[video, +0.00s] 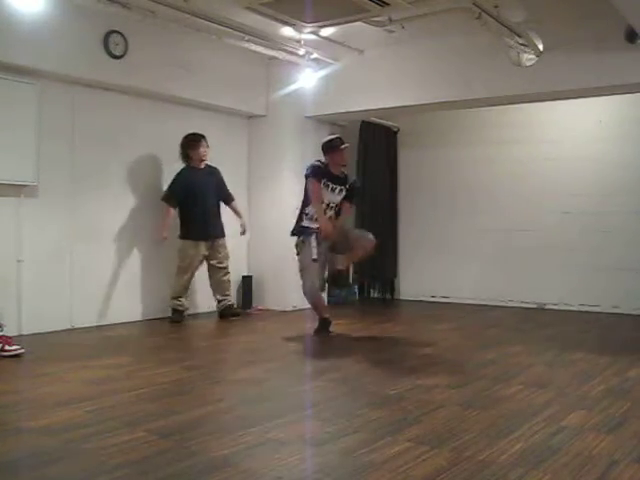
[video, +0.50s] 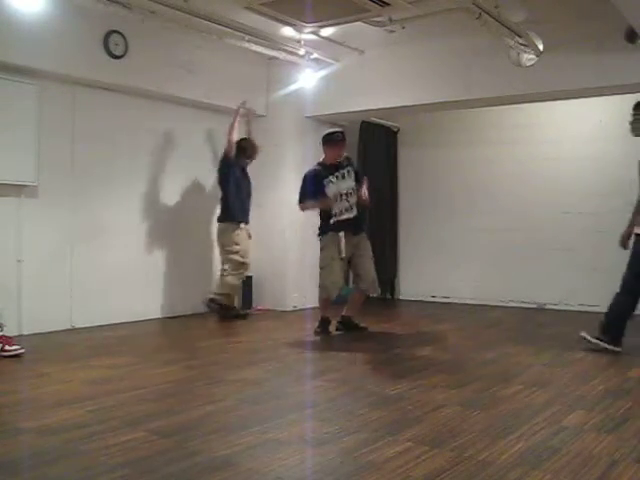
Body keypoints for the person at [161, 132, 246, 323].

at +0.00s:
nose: (204, 151)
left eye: (206, 147)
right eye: (199, 148)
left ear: (208, 149)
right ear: (189, 152)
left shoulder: (213, 173)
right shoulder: (183, 176)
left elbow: (227, 198)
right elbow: (170, 204)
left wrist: (241, 217)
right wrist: (165, 229)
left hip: (216, 233)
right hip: (192, 235)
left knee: (221, 270)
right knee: (185, 273)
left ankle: (225, 305)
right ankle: (178, 307)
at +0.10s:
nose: (214, 152)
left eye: (215, 149)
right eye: (210, 149)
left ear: (215, 151)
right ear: (199, 152)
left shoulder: (217, 174)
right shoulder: (190, 175)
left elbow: (234, 194)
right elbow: (177, 200)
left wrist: (252, 207)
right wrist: (183, 223)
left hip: (219, 234)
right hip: (197, 235)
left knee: (223, 272)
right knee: (188, 274)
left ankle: (226, 306)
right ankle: (179, 308)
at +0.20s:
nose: (223, 154)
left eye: (224, 150)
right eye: (220, 150)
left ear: (222, 153)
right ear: (209, 153)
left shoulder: (225, 175)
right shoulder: (199, 174)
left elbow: (244, 188)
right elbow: (188, 194)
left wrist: (271, 193)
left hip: (225, 234)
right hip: (204, 236)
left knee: (228, 273)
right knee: (194, 273)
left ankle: (227, 307)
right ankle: (179, 307)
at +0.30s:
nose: (232, 158)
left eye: (233, 154)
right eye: (230, 154)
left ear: (229, 155)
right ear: (220, 154)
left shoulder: (236, 174)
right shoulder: (209, 173)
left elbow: (253, 171)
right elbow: (206, 174)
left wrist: (271, 162)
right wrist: (216, 168)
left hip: (233, 231)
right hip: (215, 232)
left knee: (232, 272)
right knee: (206, 269)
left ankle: (228, 307)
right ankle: (183, 306)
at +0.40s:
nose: (241, 160)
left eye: (242, 157)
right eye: (239, 157)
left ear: (240, 157)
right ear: (231, 155)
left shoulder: (239, 168)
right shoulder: (218, 169)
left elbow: (249, 160)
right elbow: (217, 152)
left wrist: (260, 138)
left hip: (238, 223)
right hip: (223, 223)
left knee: (237, 266)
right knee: (224, 263)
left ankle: (228, 304)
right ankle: (197, 300)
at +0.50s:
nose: (252, 160)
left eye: (253, 157)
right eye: (251, 156)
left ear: (242, 151)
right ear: (246, 154)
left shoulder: (241, 168)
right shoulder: (229, 167)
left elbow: (248, 146)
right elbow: (231, 141)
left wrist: (249, 121)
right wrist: (237, 115)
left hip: (240, 224)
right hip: (231, 224)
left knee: (235, 266)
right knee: (235, 265)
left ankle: (227, 302)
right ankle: (224, 301)